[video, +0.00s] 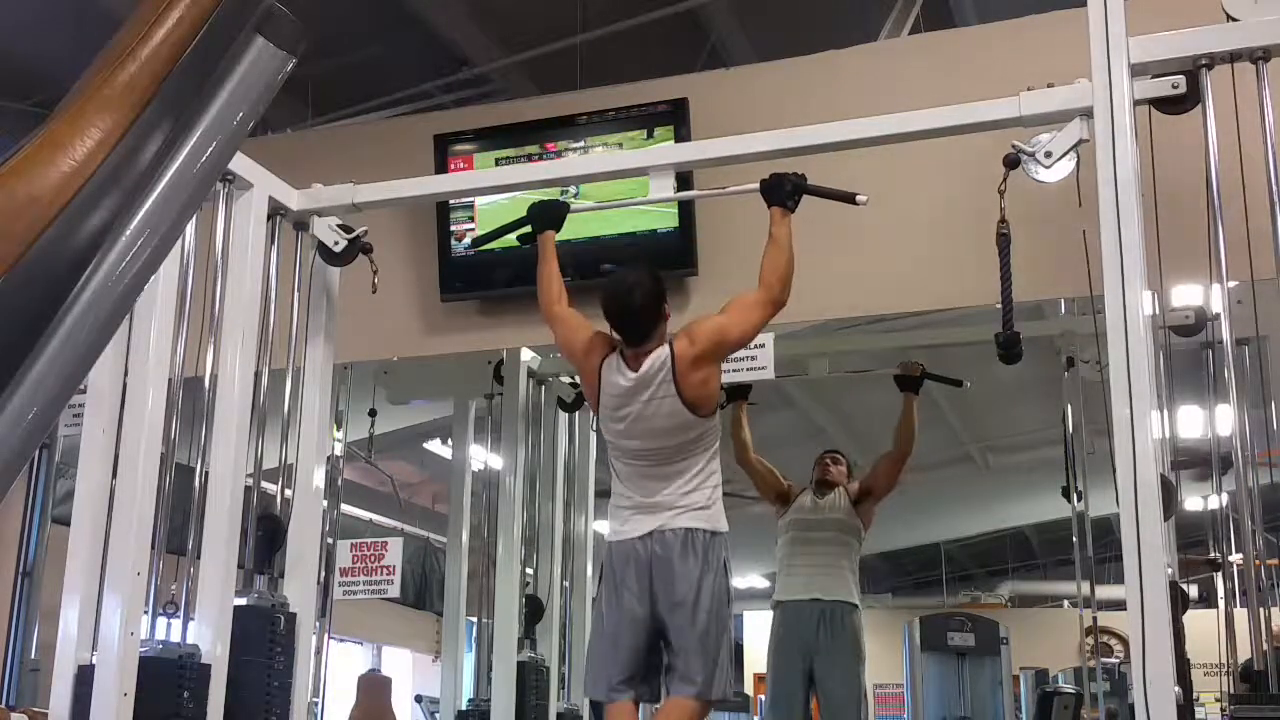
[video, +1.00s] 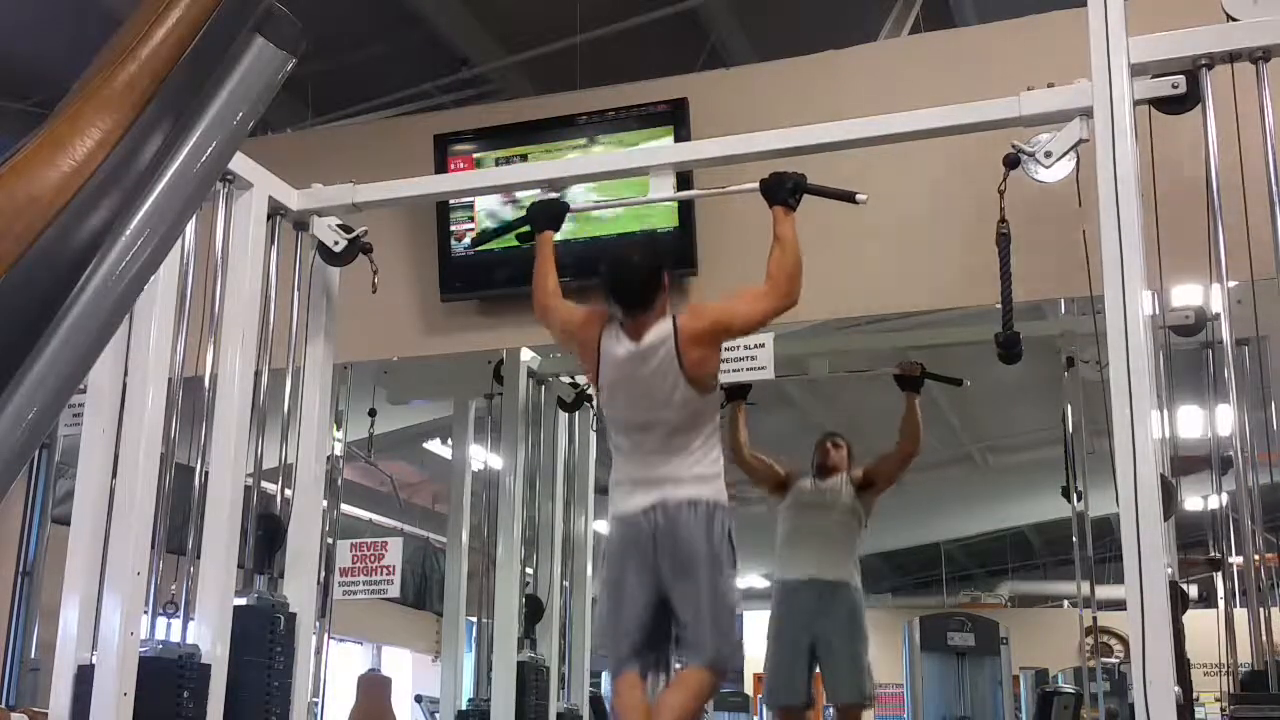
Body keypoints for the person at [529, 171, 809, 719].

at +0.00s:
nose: (668, 301)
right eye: (665, 296)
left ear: (610, 318)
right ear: (665, 310)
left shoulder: (594, 358)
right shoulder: (700, 346)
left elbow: (553, 305)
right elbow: (771, 295)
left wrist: (545, 235)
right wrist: (781, 211)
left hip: (626, 538)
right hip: (693, 534)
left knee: (618, 687)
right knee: (690, 684)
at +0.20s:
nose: (664, 263)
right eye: (663, 257)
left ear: (610, 273)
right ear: (663, 267)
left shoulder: (589, 323)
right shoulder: (693, 308)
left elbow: (547, 304)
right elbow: (778, 293)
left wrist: (544, 237)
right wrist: (784, 211)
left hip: (623, 491)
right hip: (691, 488)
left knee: (617, 633)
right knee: (698, 632)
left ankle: (622, 719)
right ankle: (635, 713)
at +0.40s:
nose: (663, 192)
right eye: (662, 186)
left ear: (609, 206)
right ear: (661, 198)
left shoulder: (585, 258)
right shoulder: (696, 247)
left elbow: (539, 306)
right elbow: (782, 283)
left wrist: (540, 238)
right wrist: (784, 209)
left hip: (627, 428)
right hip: (692, 424)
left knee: (625, 568)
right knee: (699, 564)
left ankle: (638, 696)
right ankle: (624, 695)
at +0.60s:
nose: (670, 154)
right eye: (668, 148)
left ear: (614, 174)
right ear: (667, 163)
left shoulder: (588, 226)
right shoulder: (700, 217)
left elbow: (541, 296)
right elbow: (773, 275)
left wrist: (540, 230)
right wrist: (784, 204)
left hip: (631, 393)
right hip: (696, 386)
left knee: (642, 537)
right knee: (704, 533)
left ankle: (661, 673)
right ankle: (640, 670)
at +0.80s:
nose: (667, 206)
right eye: (665, 199)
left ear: (611, 219)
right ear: (664, 212)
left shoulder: (590, 272)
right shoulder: (699, 261)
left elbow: (540, 306)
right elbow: (787, 282)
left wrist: (542, 235)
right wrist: (786, 209)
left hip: (629, 451)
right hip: (694, 445)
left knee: (640, 596)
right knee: (709, 593)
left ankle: (659, 716)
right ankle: (651, 713)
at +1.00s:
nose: (672, 282)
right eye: (668, 275)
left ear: (610, 292)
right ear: (666, 284)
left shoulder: (591, 334)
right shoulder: (700, 326)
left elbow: (546, 301)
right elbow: (781, 293)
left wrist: (543, 234)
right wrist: (784, 210)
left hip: (629, 516)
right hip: (695, 512)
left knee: (626, 663)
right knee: (706, 658)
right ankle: (657, 717)